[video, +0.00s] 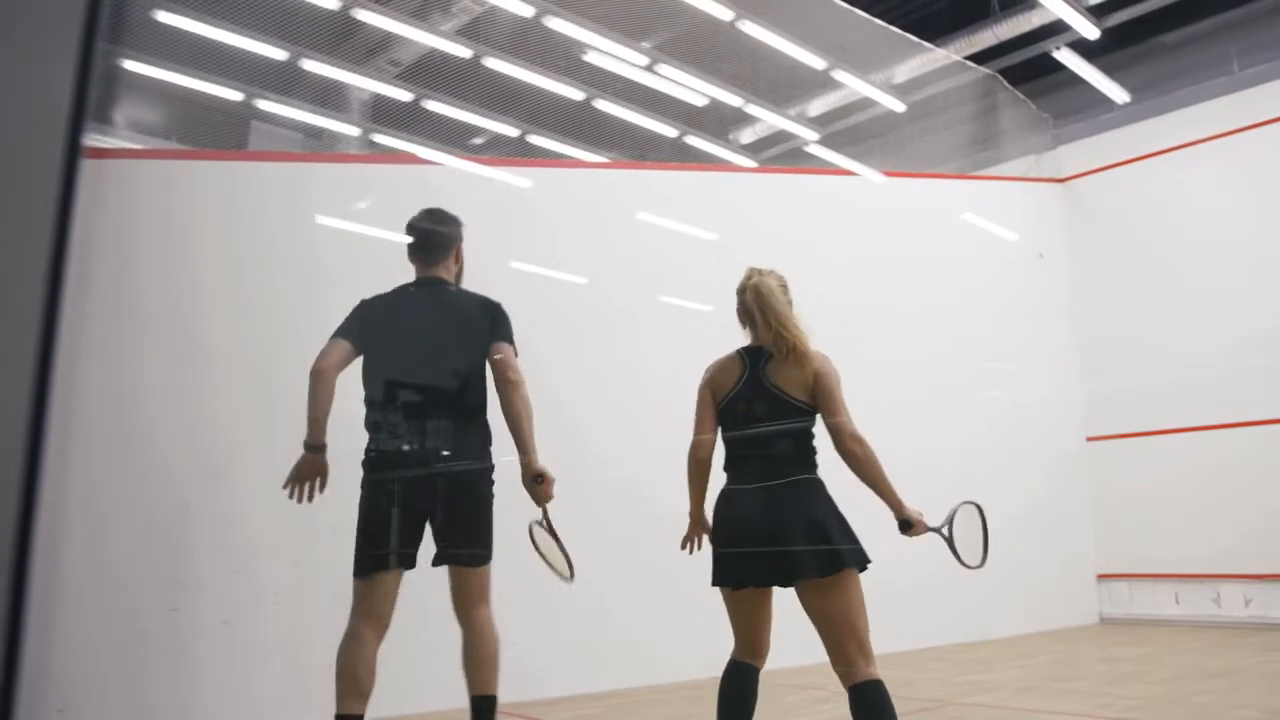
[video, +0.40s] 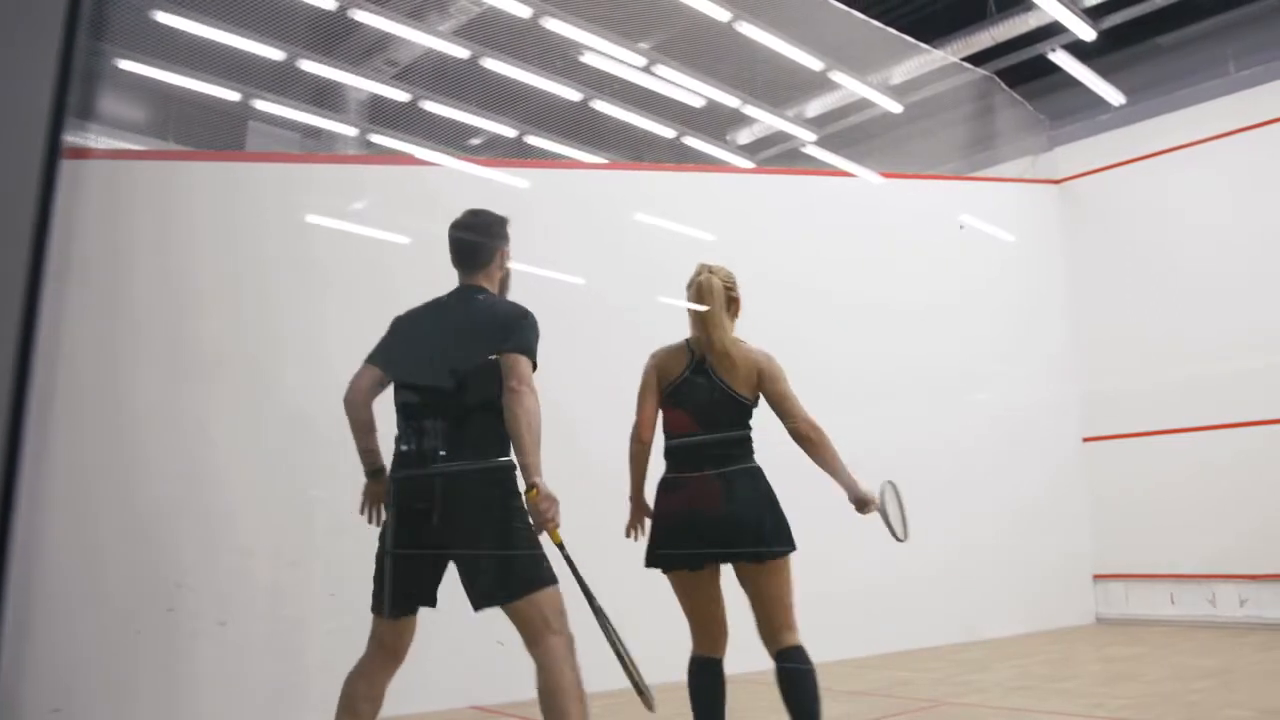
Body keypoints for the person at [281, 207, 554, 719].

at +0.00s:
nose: (463, 260)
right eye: (462, 252)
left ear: (410, 256)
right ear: (457, 255)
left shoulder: (375, 309)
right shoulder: (484, 310)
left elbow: (324, 368)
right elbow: (507, 372)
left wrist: (314, 447)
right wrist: (530, 461)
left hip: (390, 477)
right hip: (465, 479)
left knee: (368, 620)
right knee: (475, 610)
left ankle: (347, 719)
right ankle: (484, 716)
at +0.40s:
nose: (511, 259)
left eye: (508, 251)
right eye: (510, 251)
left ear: (454, 259)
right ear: (502, 257)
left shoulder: (410, 322)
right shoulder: (511, 318)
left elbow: (358, 395)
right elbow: (516, 387)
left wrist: (374, 472)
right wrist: (535, 481)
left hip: (412, 501)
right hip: (484, 498)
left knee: (383, 649)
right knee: (551, 639)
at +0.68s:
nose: (565, 261)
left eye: (562, 252)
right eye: (563, 252)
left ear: (508, 260)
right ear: (558, 255)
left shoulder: (468, 328)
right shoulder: (563, 317)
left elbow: (419, 414)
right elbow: (565, 394)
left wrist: (438, 486)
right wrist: (583, 487)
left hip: (462, 513)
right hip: (534, 513)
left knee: (424, 658)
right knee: (587, 664)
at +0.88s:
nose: (613, 245)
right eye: (612, 237)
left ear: (557, 244)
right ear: (610, 240)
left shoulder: (524, 316)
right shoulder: (616, 298)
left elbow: (480, 405)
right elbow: (622, 380)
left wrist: (482, 493)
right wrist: (648, 482)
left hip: (520, 496)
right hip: (596, 494)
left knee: (477, 653)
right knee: (641, 653)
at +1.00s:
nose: (643, 236)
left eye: (634, 228)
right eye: (642, 228)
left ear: (586, 233)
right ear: (636, 230)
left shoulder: (553, 306)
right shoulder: (645, 285)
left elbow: (506, 391)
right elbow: (652, 368)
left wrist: (505, 479)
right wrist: (690, 473)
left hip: (547, 488)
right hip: (622, 486)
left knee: (530, 655)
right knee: (652, 655)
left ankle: (456, 716)